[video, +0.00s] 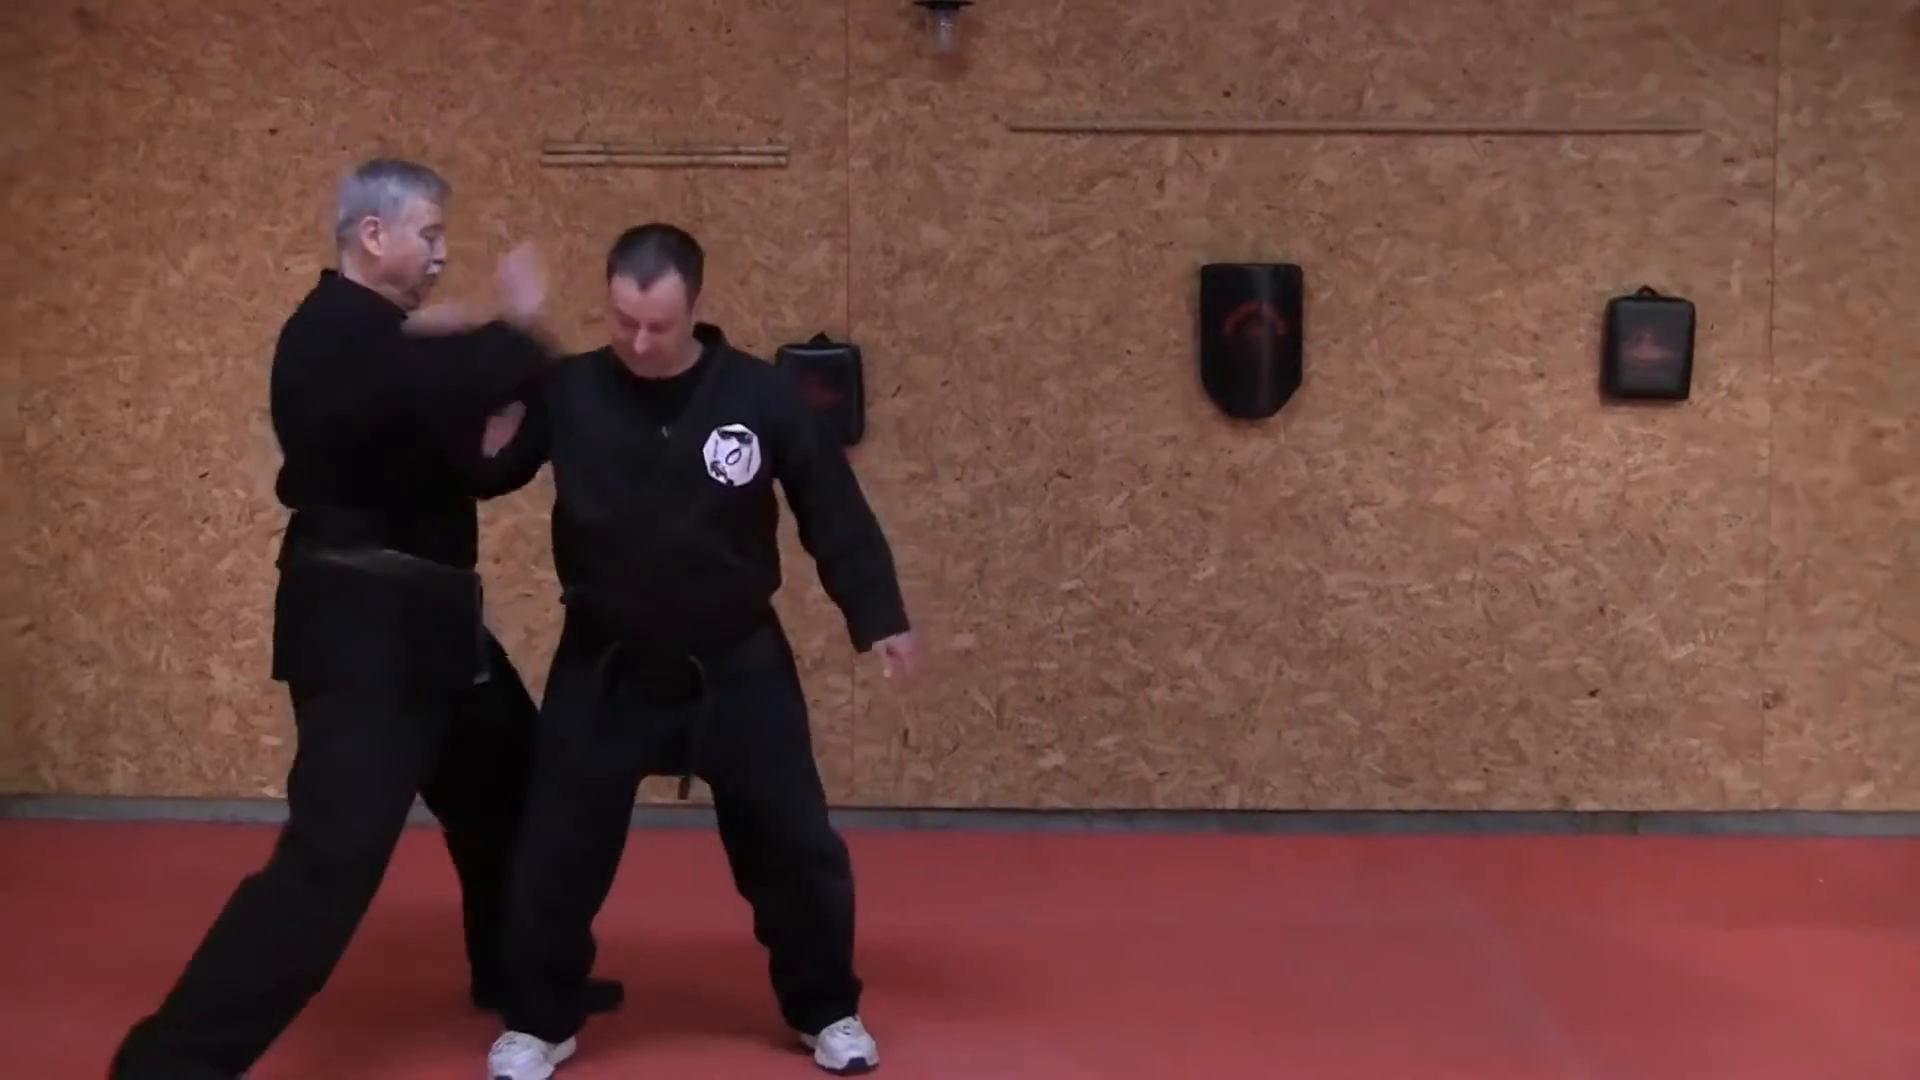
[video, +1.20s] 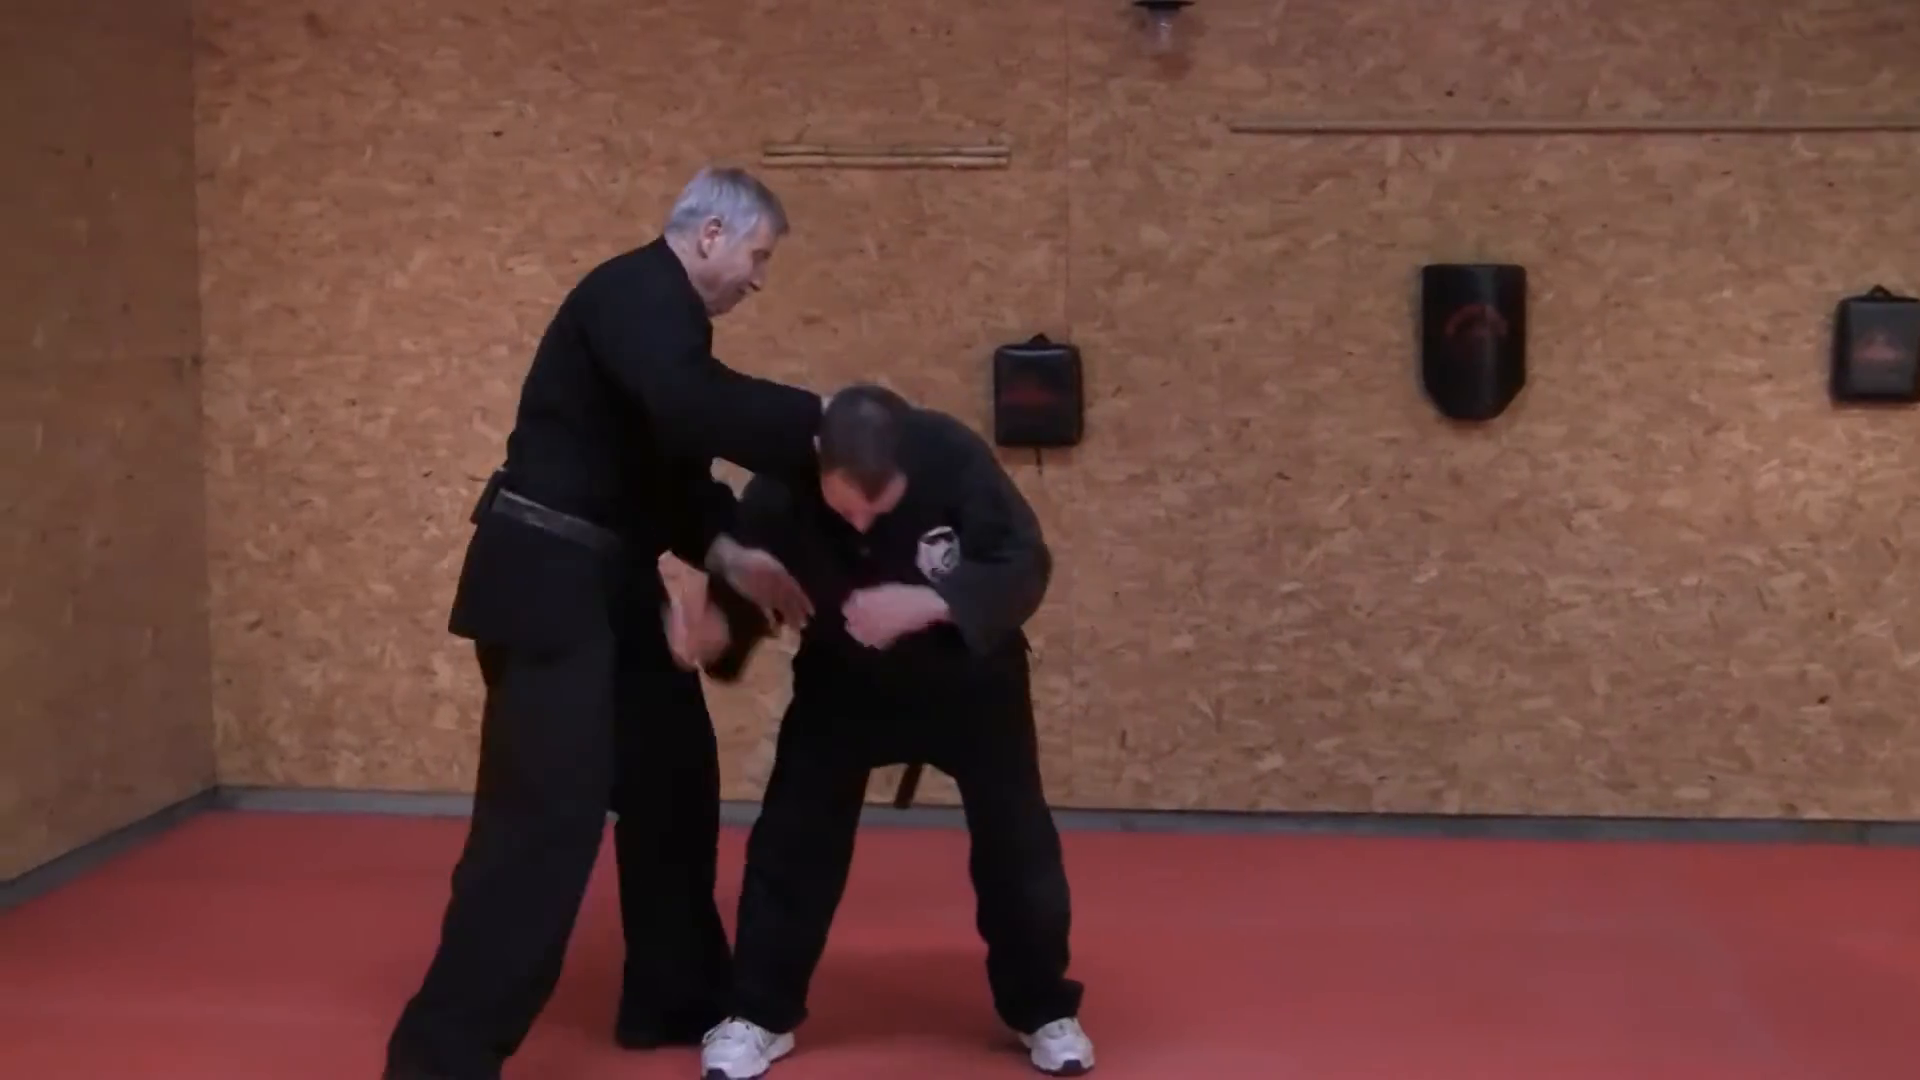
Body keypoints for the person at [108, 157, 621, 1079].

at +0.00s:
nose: (442, 253)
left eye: (443, 236)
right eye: (429, 234)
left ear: (375, 240)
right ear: (369, 235)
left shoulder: (394, 339)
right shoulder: (334, 330)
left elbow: (470, 466)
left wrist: (500, 430)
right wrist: (513, 329)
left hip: (427, 617)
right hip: (360, 618)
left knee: (512, 784)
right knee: (331, 862)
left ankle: (521, 978)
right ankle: (170, 1060)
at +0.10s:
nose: (429, 249)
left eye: (427, 235)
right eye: (414, 234)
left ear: (360, 241)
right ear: (358, 238)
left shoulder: (375, 336)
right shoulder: (356, 309)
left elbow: (453, 478)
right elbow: (509, 298)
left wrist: (519, 406)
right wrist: (650, 277)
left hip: (437, 609)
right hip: (373, 610)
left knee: (509, 777)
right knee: (327, 840)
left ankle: (515, 970)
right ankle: (165, 1056)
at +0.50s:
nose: (538, 237)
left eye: (538, 222)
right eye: (525, 220)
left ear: (472, 219)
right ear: (466, 217)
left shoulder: (491, 302)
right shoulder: (432, 280)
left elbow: (560, 431)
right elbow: (567, 319)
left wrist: (588, 315)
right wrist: (699, 303)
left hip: (489, 607)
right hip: (419, 602)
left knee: (590, 762)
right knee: (358, 848)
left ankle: (528, 992)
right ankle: (230, 1061)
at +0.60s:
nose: (585, 233)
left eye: (590, 218)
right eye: (574, 215)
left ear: (527, 207)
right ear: (517, 202)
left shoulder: (515, 285)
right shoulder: (483, 272)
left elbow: (557, 445)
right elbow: (580, 352)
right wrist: (708, 339)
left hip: (512, 577)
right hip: (462, 574)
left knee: (592, 764)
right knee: (473, 792)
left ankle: (550, 1002)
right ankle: (315, 1002)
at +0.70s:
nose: (646, 262)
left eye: (655, 244)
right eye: (643, 237)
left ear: (600, 221)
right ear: (591, 210)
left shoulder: (579, 305)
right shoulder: (522, 271)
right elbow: (570, 380)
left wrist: (617, 446)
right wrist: (690, 370)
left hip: (536, 540)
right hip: (493, 534)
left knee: (569, 763)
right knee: (656, 667)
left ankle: (576, 1003)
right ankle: (485, 814)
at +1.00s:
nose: (746, 299)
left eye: (754, 280)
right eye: (747, 275)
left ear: (689, 245)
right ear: (702, 249)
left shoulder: (620, 308)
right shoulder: (628, 293)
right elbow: (617, 392)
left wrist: (675, 482)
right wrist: (751, 406)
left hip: (538, 560)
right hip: (559, 557)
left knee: (628, 773)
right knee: (678, 754)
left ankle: (641, 1009)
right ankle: (463, 903)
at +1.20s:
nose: (758, 282)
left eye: (764, 264)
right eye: (756, 259)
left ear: (705, 239)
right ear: (706, 236)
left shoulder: (668, 318)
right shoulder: (636, 290)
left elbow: (660, 474)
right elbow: (686, 407)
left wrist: (735, 553)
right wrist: (826, 419)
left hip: (615, 583)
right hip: (548, 579)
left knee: (676, 772)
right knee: (544, 817)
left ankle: (672, 1000)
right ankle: (444, 1052)